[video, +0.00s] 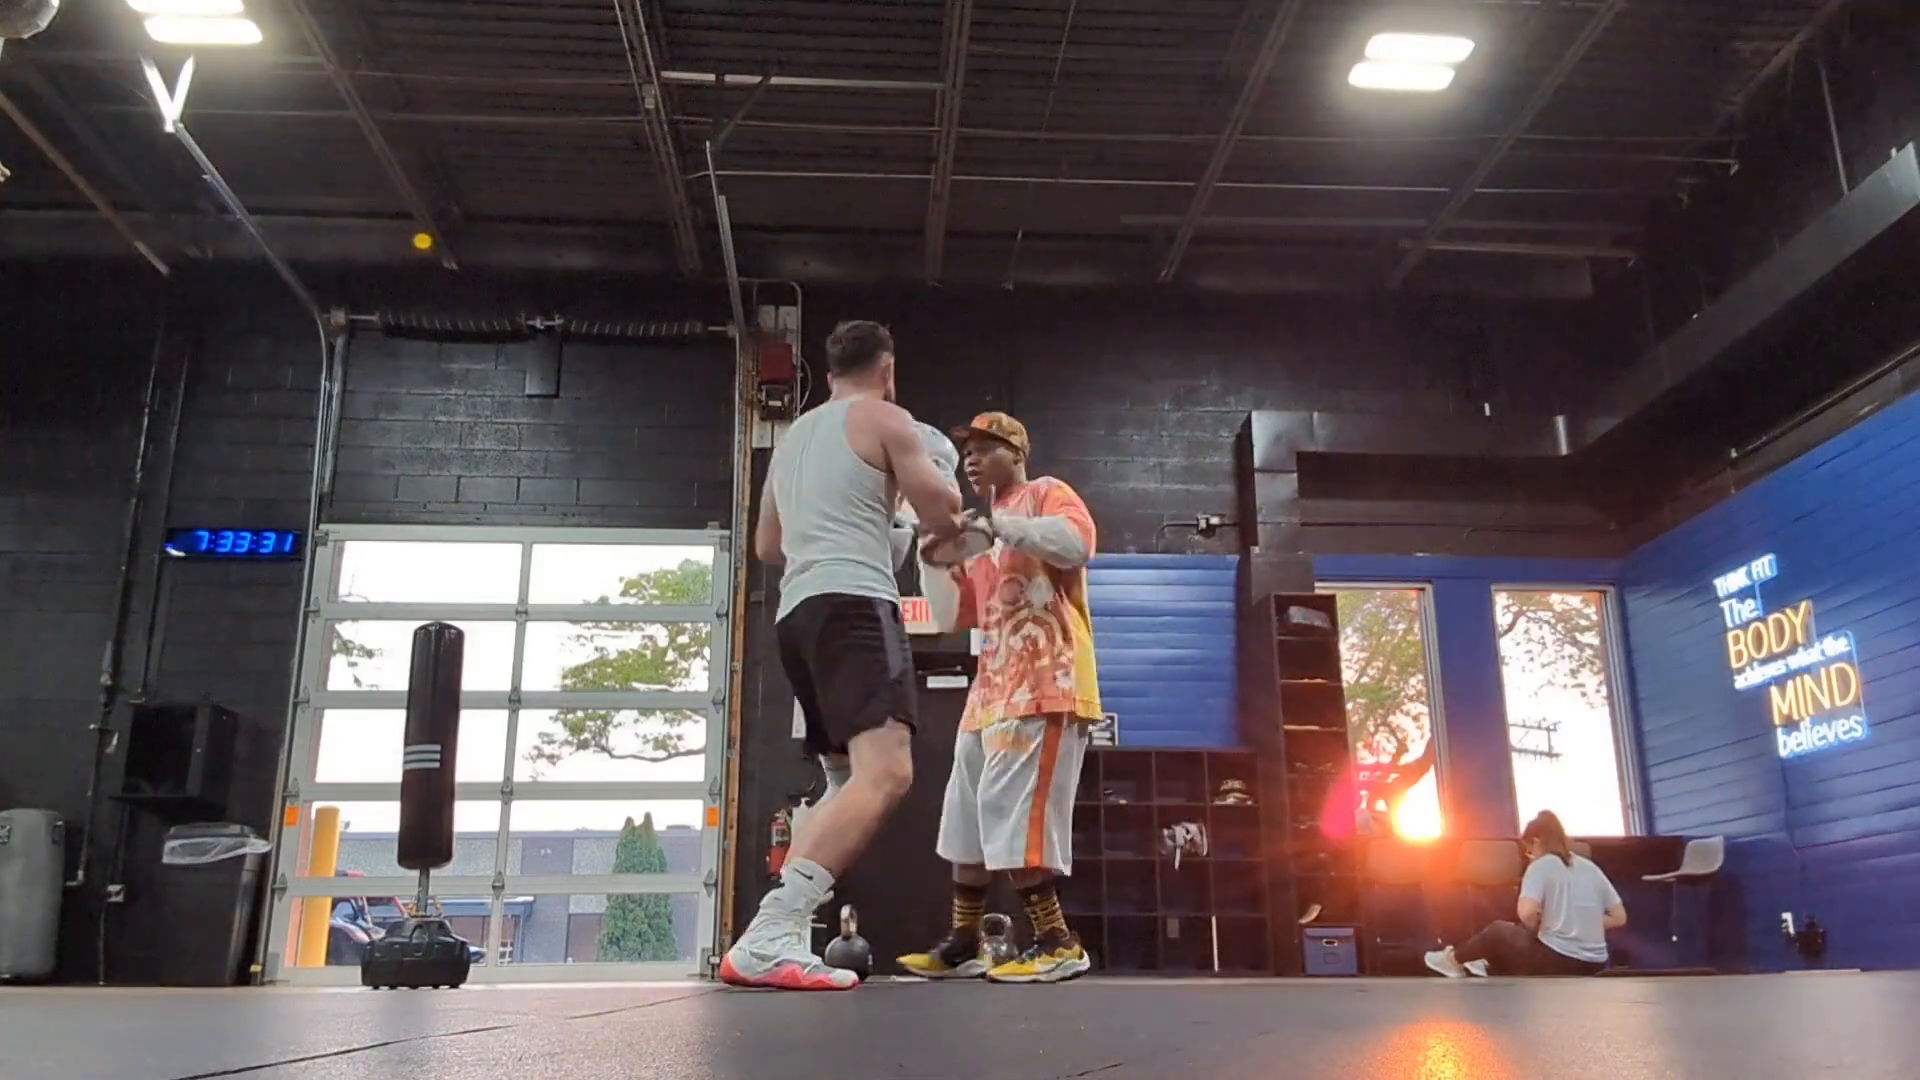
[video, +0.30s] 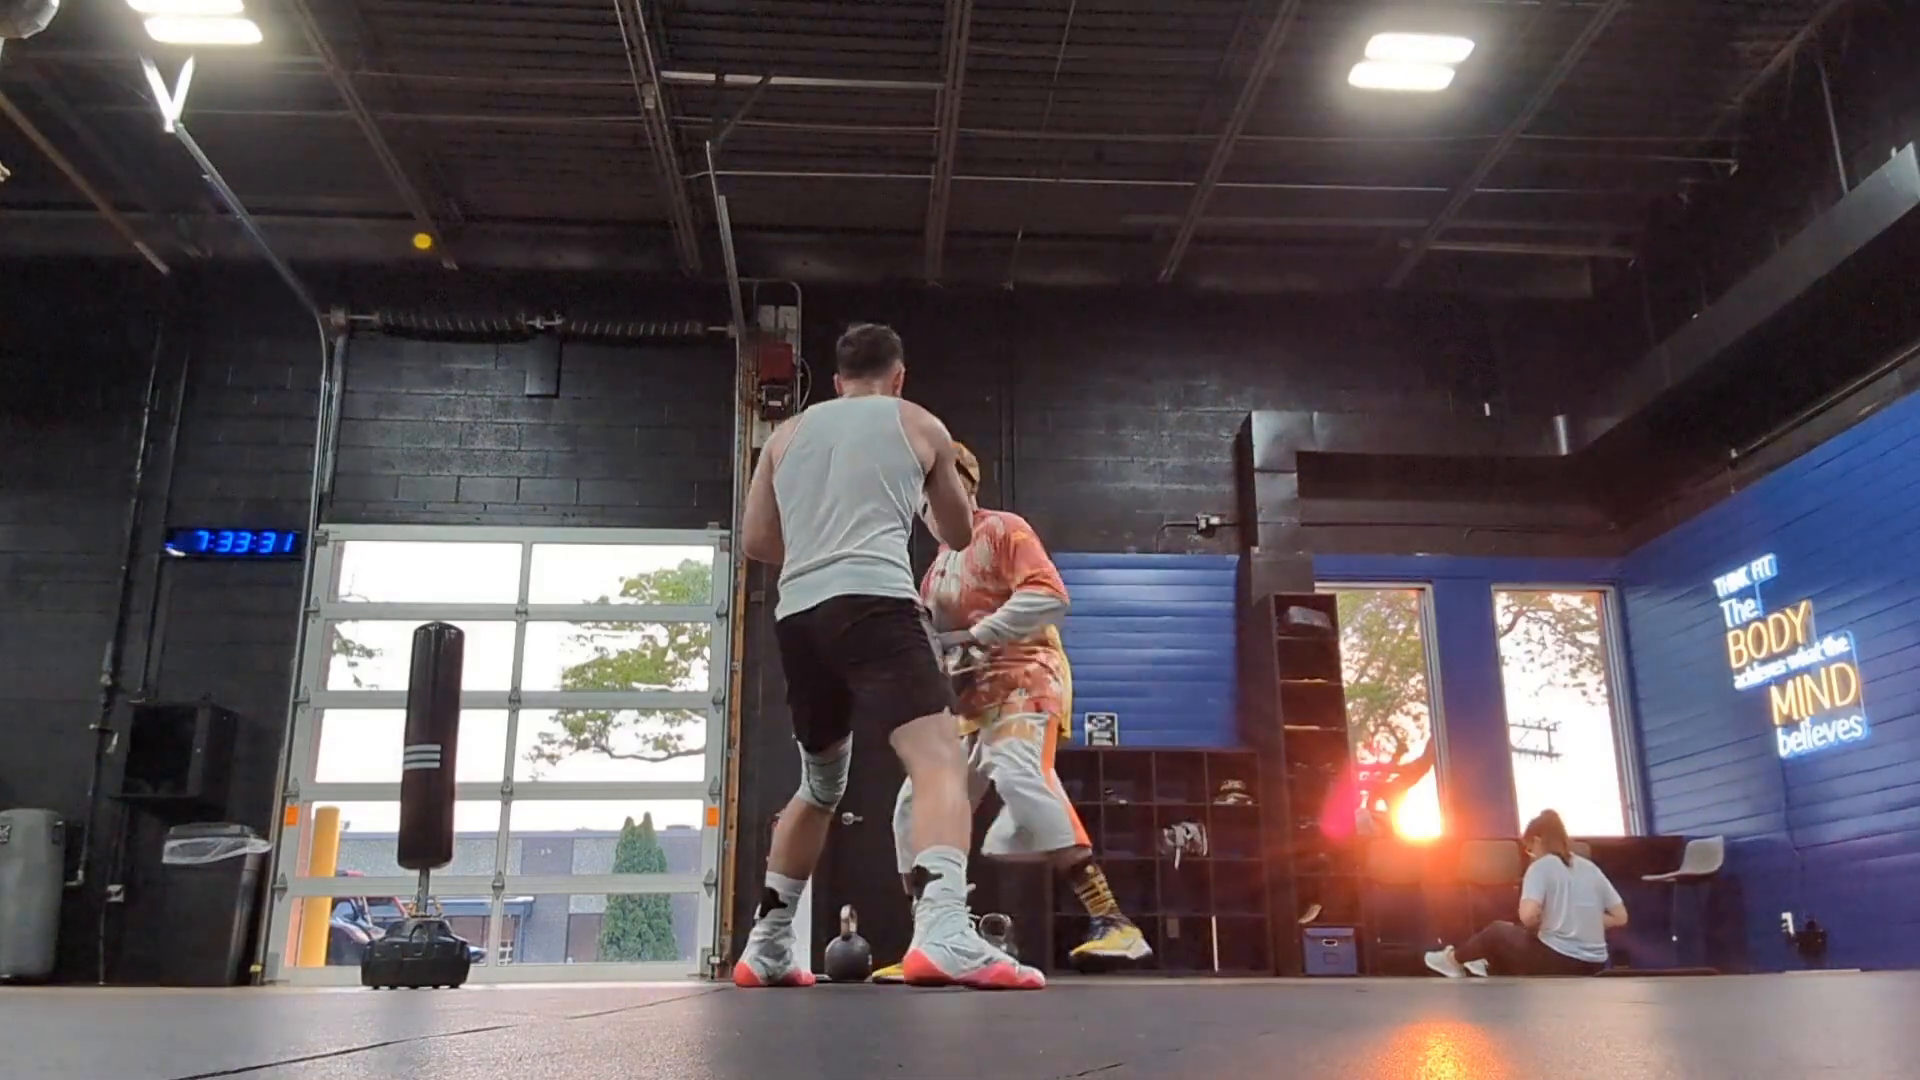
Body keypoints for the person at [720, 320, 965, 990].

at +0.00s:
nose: (896, 386)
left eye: (894, 377)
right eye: (895, 376)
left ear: (827, 376)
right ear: (887, 370)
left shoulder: (790, 440)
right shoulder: (883, 416)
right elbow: (938, 507)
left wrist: (847, 538)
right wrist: (940, 534)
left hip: (797, 613)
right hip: (854, 602)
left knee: (845, 782)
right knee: (884, 773)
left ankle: (776, 938)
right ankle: (773, 934)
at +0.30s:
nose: (901, 389)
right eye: (903, 381)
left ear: (835, 380)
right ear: (899, 377)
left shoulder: (784, 435)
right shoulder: (919, 424)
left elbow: (757, 539)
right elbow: (957, 533)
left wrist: (820, 551)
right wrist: (936, 473)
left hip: (797, 614)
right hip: (876, 601)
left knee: (818, 785)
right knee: (937, 764)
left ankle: (770, 941)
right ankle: (943, 929)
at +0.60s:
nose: (998, 419)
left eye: (1000, 409)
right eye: (998, 404)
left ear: (952, 383)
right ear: (976, 384)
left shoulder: (873, 430)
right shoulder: (906, 413)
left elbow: (876, 551)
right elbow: (919, 532)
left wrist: (938, 561)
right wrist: (986, 483)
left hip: (774, 598)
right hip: (828, 586)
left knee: (841, 779)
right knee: (944, 739)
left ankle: (739, 933)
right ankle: (943, 936)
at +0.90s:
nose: (911, 534)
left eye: (910, 527)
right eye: (909, 524)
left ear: (848, 495)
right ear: (899, 505)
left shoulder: (775, 516)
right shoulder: (902, 520)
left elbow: (752, 598)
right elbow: (906, 627)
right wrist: (927, 624)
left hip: (738, 655)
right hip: (829, 637)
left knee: (787, 783)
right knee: (969, 775)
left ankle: (715, 945)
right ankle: (955, 929)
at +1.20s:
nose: (855, 388)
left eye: (857, 377)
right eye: (855, 375)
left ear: (804, 358)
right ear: (839, 363)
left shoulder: (785, 421)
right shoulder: (791, 385)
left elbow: (771, 540)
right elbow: (868, 465)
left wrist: (833, 537)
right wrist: (884, 408)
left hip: (766, 592)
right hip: (733, 583)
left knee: (815, 762)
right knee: (786, 749)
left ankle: (716, 914)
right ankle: (616, 891)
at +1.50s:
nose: (800, 382)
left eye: (798, 372)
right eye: (799, 370)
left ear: (735, 367)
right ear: (787, 363)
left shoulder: (683, 429)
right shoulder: (791, 407)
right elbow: (853, 511)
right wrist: (855, 472)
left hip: (677, 604)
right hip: (734, 593)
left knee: (753, 781)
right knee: (720, 775)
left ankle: (697, 948)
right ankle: (572, 937)